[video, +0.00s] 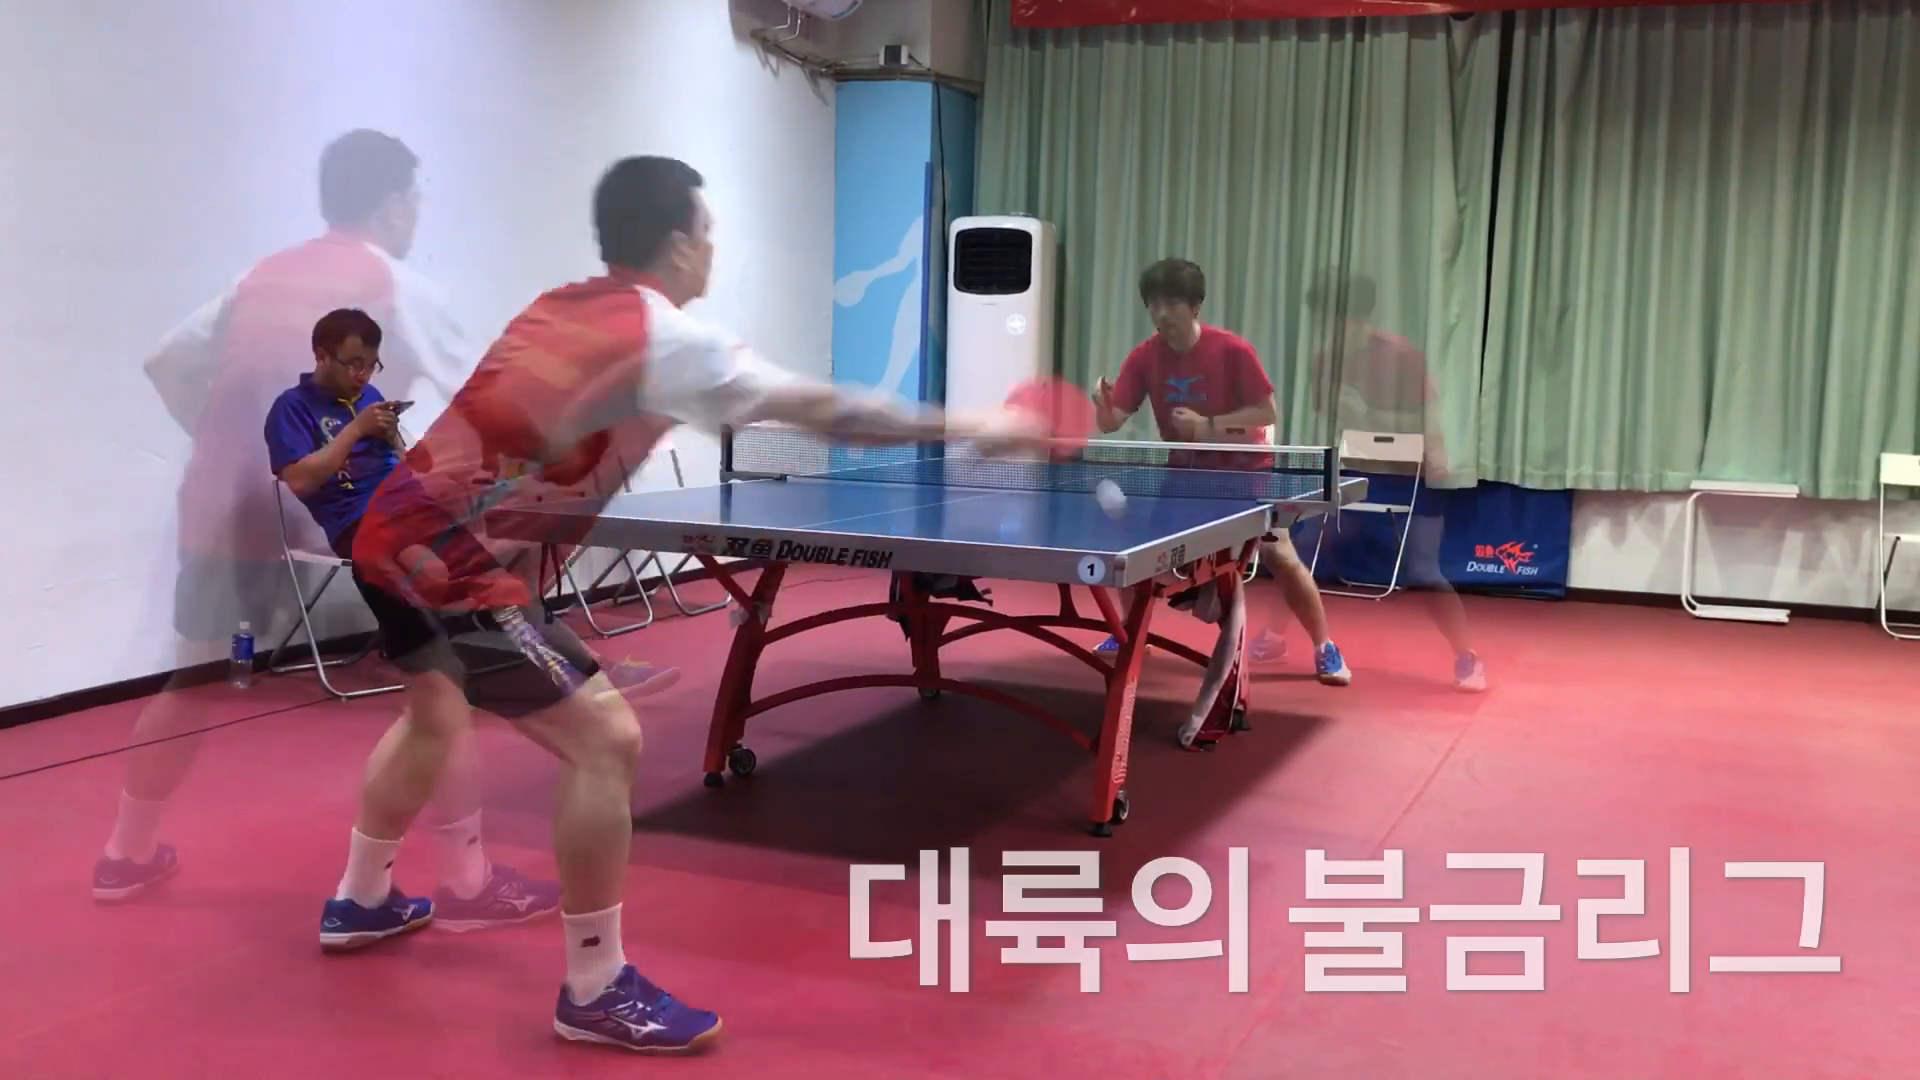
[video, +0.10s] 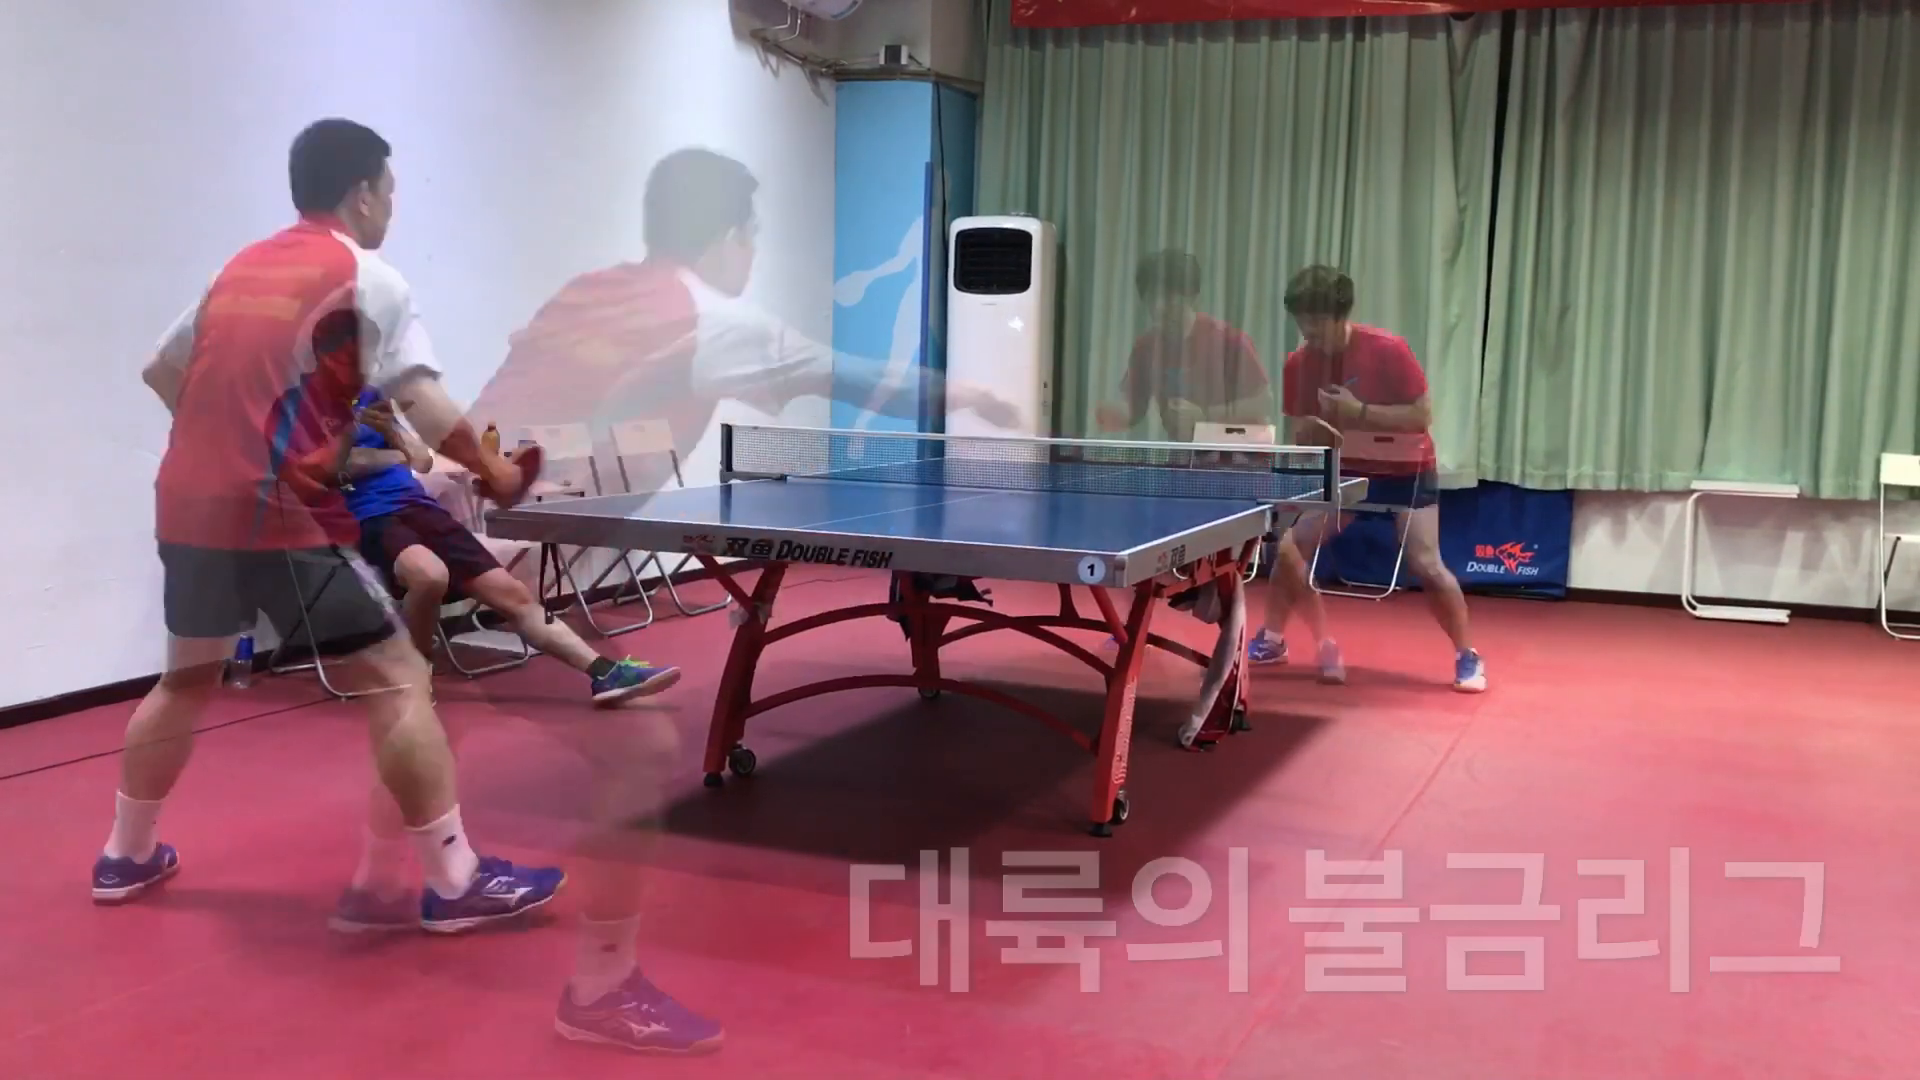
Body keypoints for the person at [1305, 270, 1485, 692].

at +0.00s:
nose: (1334, 328)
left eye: (1341, 317)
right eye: (1327, 317)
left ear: (1361, 312)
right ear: (1323, 317)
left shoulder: (1404, 358)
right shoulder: (1324, 363)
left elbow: (1429, 419)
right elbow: (1321, 422)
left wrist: (1434, 457)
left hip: (1409, 477)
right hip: (1348, 474)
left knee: (1421, 571)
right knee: (1301, 553)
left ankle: (1466, 657)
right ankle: (1272, 638)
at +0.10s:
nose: (1309, 331)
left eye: (1316, 321)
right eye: (1302, 322)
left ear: (1341, 314)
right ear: (1297, 318)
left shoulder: (1390, 352)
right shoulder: (1300, 365)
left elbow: (1421, 418)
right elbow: (1302, 438)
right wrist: (1323, 426)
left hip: (1408, 477)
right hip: (1347, 475)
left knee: (1425, 564)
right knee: (1289, 547)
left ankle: (1466, 655)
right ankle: (1271, 638)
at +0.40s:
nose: (1304, 312)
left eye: (1315, 302)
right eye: (1298, 302)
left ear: (1340, 300)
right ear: (1291, 302)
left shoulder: (1382, 340)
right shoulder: (1289, 351)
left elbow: (1416, 401)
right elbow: (1266, 417)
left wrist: (1360, 399)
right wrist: (1257, 392)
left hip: (1397, 464)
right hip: (1333, 468)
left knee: (1430, 556)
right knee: (1285, 545)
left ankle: (1469, 651)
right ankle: (1271, 640)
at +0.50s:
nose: (1317, 310)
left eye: (1328, 301)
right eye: (1311, 301)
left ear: (1353, 303)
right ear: (1304, 302)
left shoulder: (1392, 344)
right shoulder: (1297, 355)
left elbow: (1426, 409)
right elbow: (1276, 428)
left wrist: (1366, 403)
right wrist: (1266, 410)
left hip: (1404, 471)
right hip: (1340, 473)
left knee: (1432, 562)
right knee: (1290, 544)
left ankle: (1469, 655)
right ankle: (1270, 640)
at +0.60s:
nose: (1328, 311)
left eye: (1338, 302)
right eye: (1322, 301)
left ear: (1366, 301)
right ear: (1316, 301)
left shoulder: (1406, 348)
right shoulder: (1314, 352)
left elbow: (1432, 415)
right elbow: (1304, 417)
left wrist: (1369, 405)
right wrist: (1287, 419)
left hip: (1415, 476)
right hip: (1354, 477)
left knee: (1438, 564)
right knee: (1298, 544)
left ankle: (1470, 656)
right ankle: (1272, 639)